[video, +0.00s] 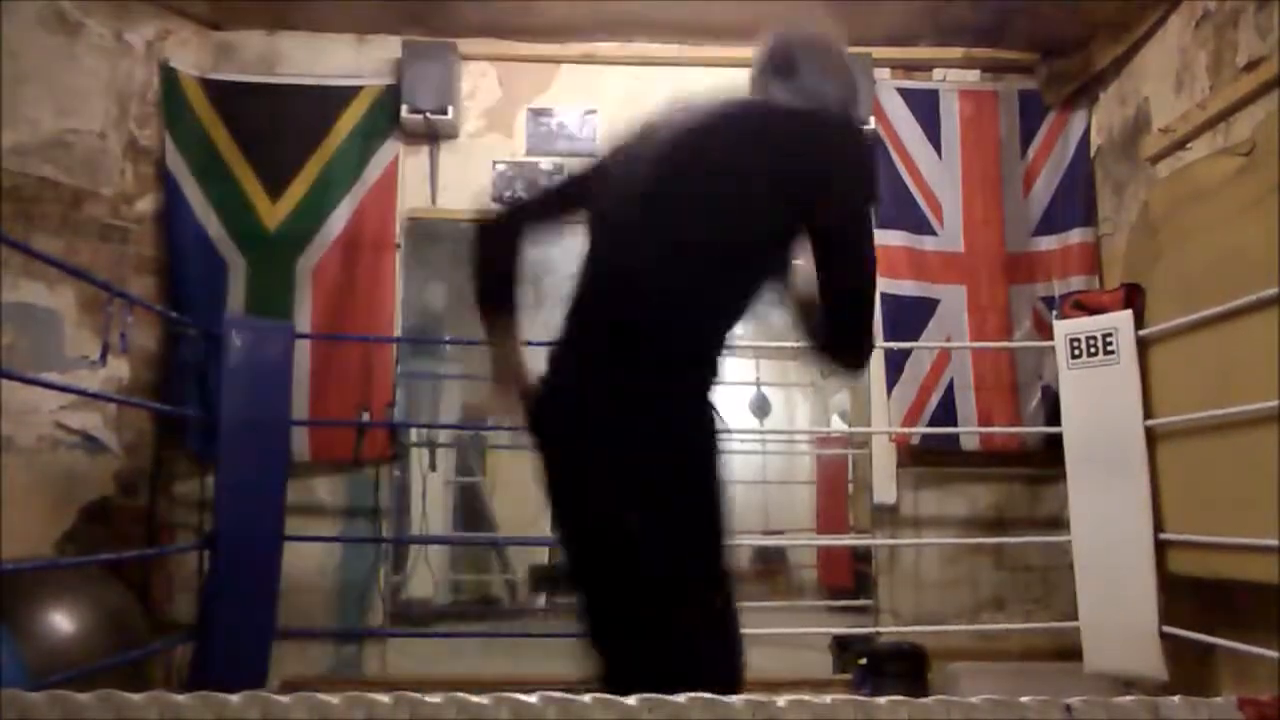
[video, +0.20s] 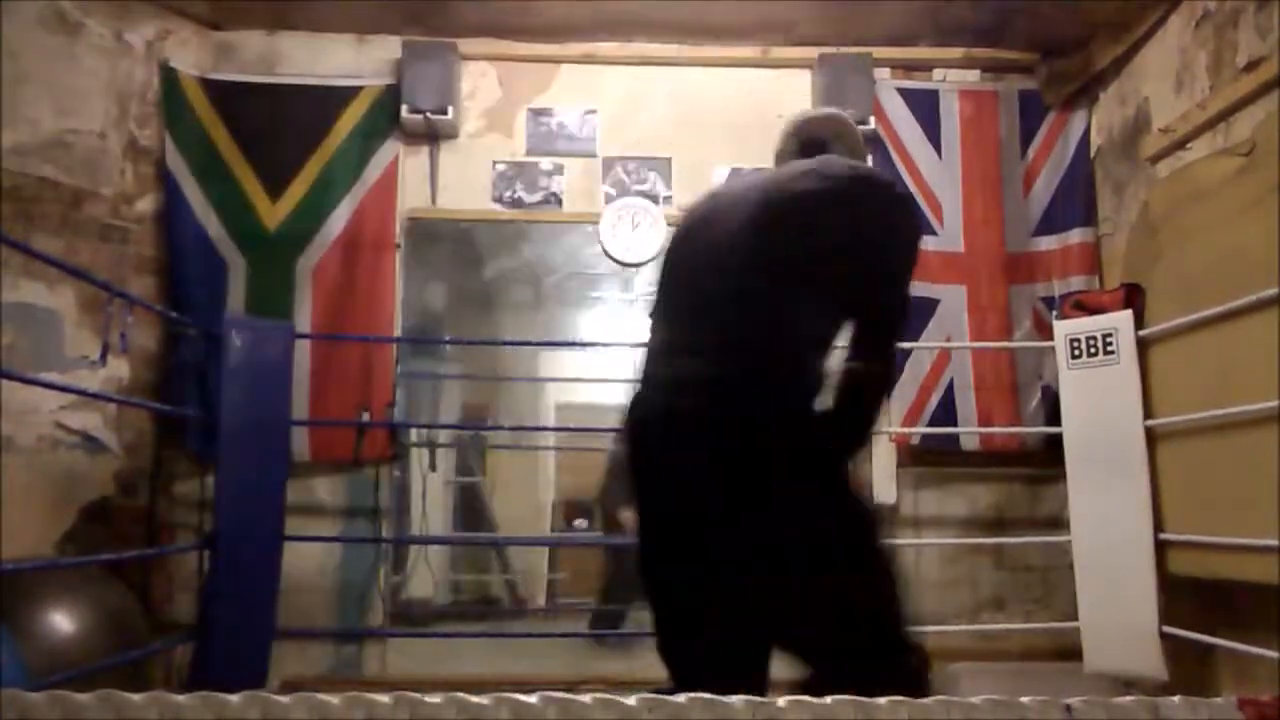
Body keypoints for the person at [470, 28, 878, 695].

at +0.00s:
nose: (854, 120)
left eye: (852, 111)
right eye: (853, 108)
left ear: (763, 81)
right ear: (840, 93)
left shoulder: (673, 139)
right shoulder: (833, 144)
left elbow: (500, 228)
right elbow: (847, 343)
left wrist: (509, 370)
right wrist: (788, 277)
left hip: (568, 404)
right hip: (662, 411)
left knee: (629, 648)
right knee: (701, 654)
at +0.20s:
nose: (868, 170)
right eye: (865, 162)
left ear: (782, 161)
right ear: (858, 159)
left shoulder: (709, 209)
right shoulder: (877, 199)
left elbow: (665, 360)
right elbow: (871, 363)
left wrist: (624, 477)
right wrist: (824, 458)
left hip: (670, 464)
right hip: (776, 459)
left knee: (714, 685)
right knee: (879, 674)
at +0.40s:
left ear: (862, 118)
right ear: (927, 103)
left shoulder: (813, 162)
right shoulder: (959, 124)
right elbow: (1065, 120)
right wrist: (1115, 130)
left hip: (801, 389)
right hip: (925, 377)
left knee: (754, 581)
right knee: (1068, 546)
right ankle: (1092, 709)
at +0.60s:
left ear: (985, 104)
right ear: (1060, 90)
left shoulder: (935, 176)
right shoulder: (1092, 121)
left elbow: (955, 273)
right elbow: (1203, 98)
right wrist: (1266, 84)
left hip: (983, 407)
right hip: (1108, 398)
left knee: (918, 577)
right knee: (1200, 569)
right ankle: (1264, 682)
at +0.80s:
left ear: (1050, 223)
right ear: (1127, 208)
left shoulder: (1016, 285)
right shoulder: (1195, 243)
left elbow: (1031, 410)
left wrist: (1061, 476)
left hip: (1104, 502)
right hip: (1236, 483)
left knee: (1108, 670)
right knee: (1273, 651)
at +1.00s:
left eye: (1008, 237)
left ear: (1012, 233)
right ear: (1087, 224)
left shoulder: (1005, 275)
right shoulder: (1167, 264)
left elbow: (996, 403)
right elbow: (1234, 415)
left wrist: (977, 539)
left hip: (1111, 502)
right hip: (1232, 497)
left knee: (1017, 666)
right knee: (1264, 682)